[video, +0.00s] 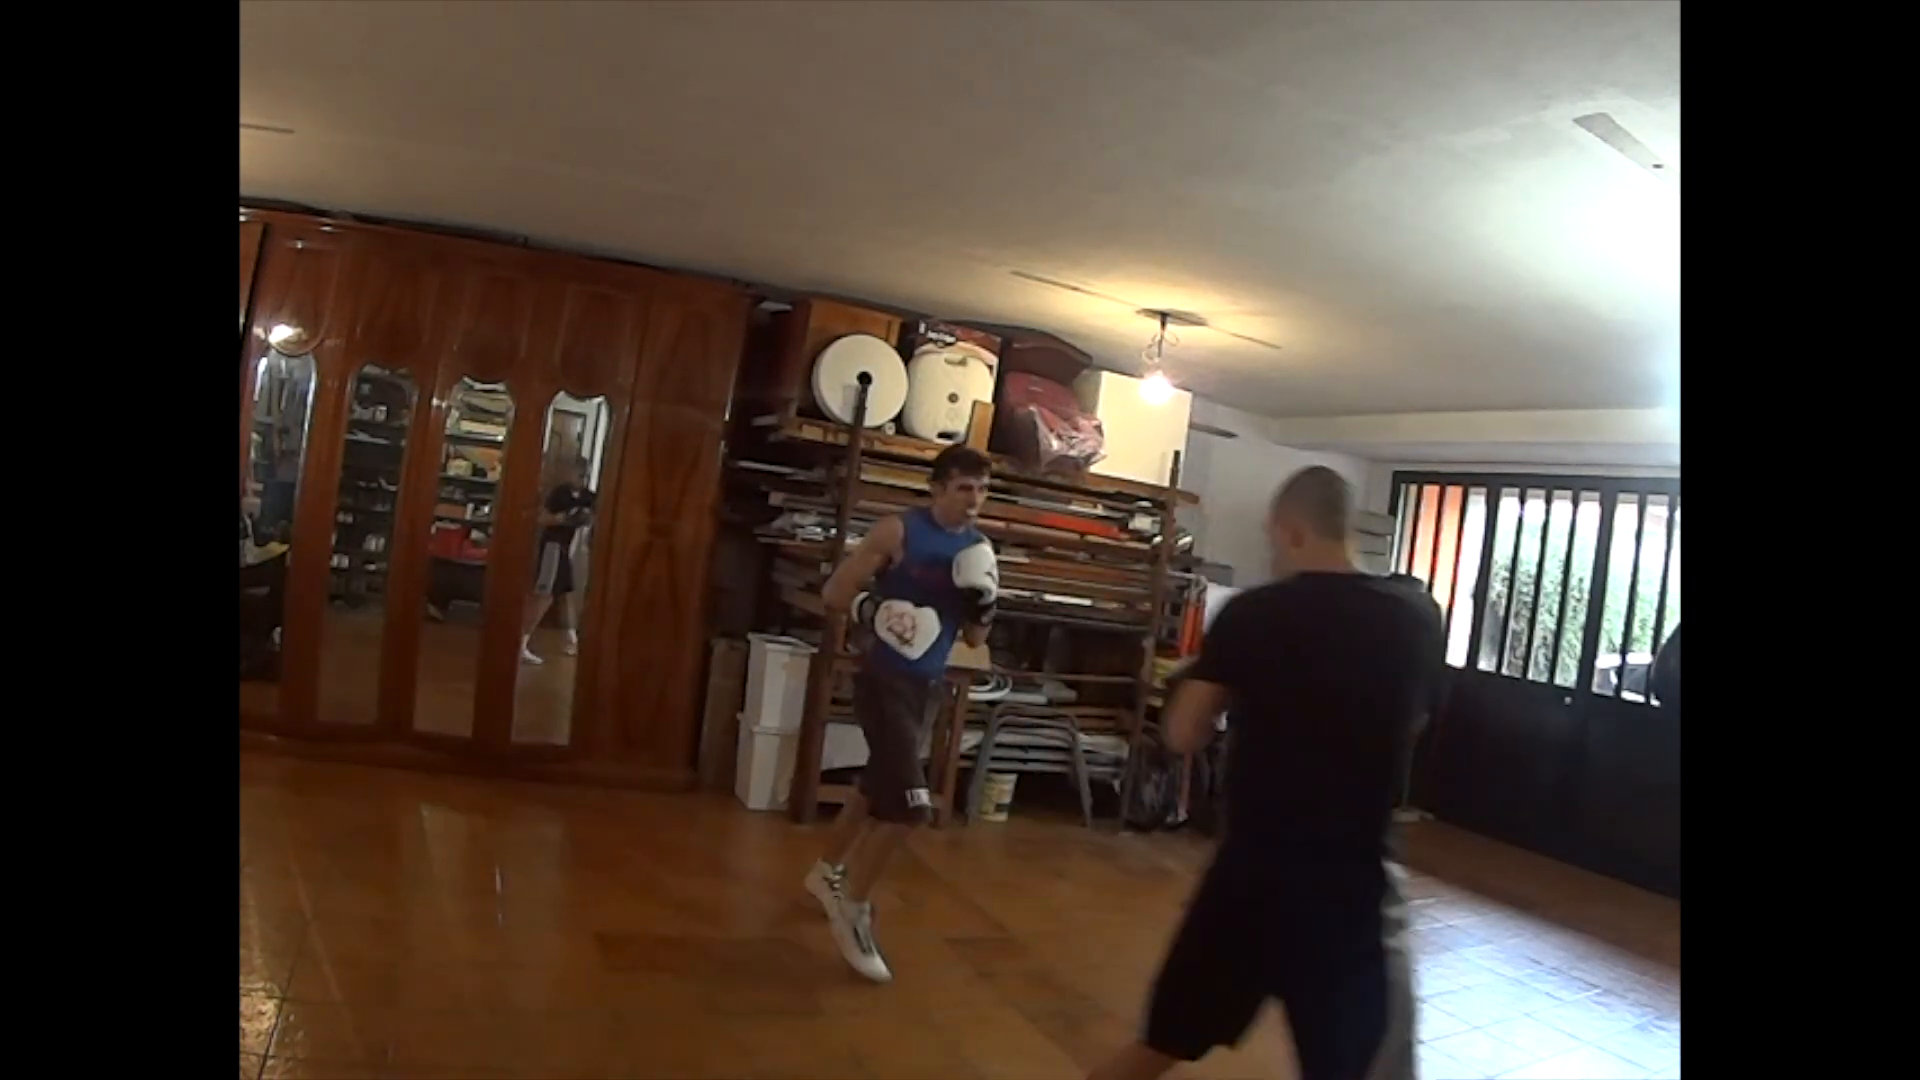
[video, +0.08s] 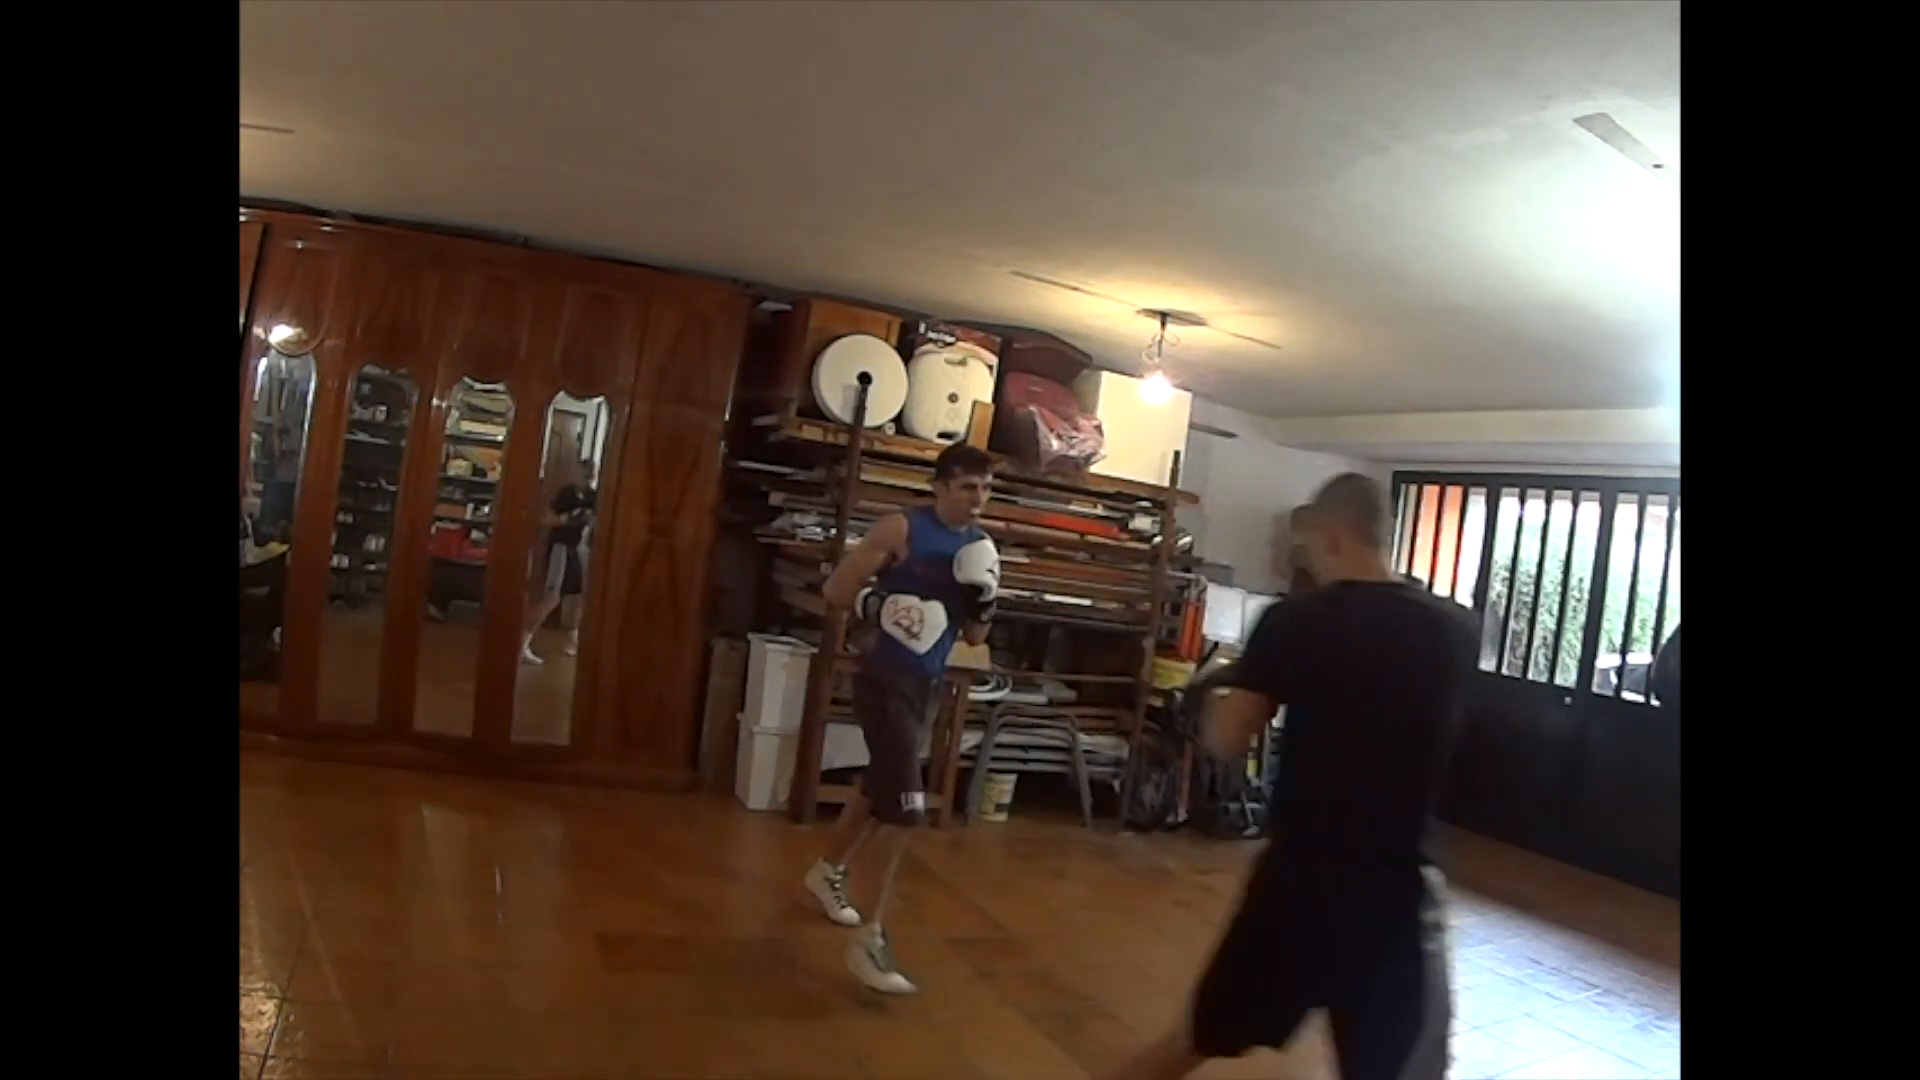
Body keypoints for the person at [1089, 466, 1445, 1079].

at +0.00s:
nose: (1276, 546)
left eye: (1275, 534)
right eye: (1276, 534)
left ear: (1289, 530)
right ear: (1345, 528)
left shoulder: (1254, 612)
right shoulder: (1415, 615)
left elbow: (1183, 733)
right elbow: (1411, 732)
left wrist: (1236, 685)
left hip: (1253, 874)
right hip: (1352, 884)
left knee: (1162, 1046)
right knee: (1346, 1066)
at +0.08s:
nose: (1311, 561)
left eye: (1312, 546)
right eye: (1309, 547)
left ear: (1332, 537)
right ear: (1379, 533)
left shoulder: (1299, 620)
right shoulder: (1455, 629)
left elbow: (1228, 736)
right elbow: (1430, 742)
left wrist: (1223, 685)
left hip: (1300, 880)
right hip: (1400, 887)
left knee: (1196, 1041)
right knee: (1399, 1067)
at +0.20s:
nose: (1364, 559)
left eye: (1364, 544)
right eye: (1362, 546)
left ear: (1386, 536)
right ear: (1433, 534)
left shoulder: (1359, 616)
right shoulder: (1509, 626)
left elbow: (1303, 735)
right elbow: (1477, 740)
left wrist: (1270, 699)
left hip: (1363, 870)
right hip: (1457, 877)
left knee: (1243, 1024)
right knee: (1452, 1064)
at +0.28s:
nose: (1379, 555)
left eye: (1380, 539)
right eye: (1377, 541)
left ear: (1406, 529)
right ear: (1449, 529)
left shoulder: (1380, 610)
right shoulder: (1526, 621)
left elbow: (1326, 730)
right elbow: (1501, 738)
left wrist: (1298, 693)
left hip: (1378, 862)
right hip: (1471, 870)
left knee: (1267, 1010)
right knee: (1459, 1064)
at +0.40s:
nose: (1384, 559)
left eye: (1385, 540)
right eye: (1382, 542)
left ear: (1416, 529)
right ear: (1447, 530)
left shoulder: (1397, 607)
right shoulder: (1534, 617)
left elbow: (1345, 729)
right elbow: (1498, 732)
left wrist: (1302, 686)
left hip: (1405, 856)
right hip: (1492, 865)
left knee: (1305, 1008)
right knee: (1463, 1059)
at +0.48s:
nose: (1374, 565)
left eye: (1375, 547)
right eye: (1372, 549)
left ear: (1407, 536)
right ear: (1440, 537)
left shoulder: (1392, 615)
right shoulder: (1525, 617)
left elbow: (1337, 733)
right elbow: (1500, 737)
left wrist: (1295, 675)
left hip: (1410, 854)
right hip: (1494, 860)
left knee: (1317, 1009)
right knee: (1468, 1056)